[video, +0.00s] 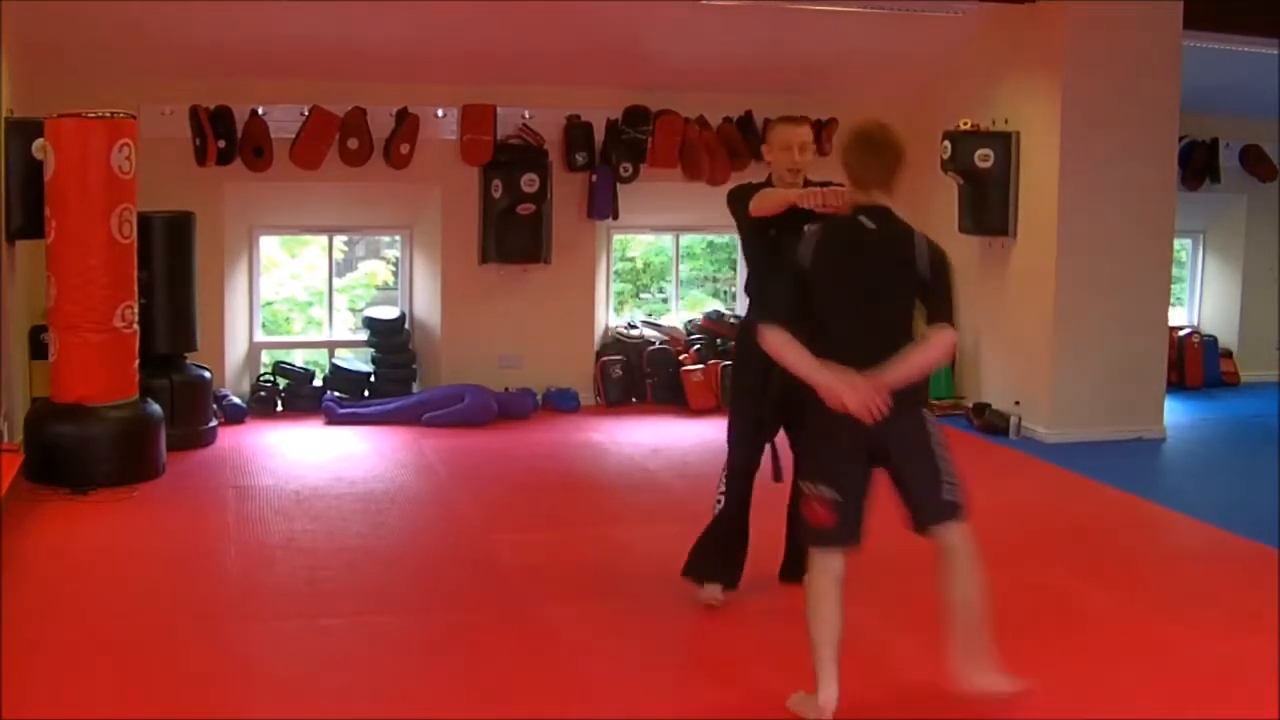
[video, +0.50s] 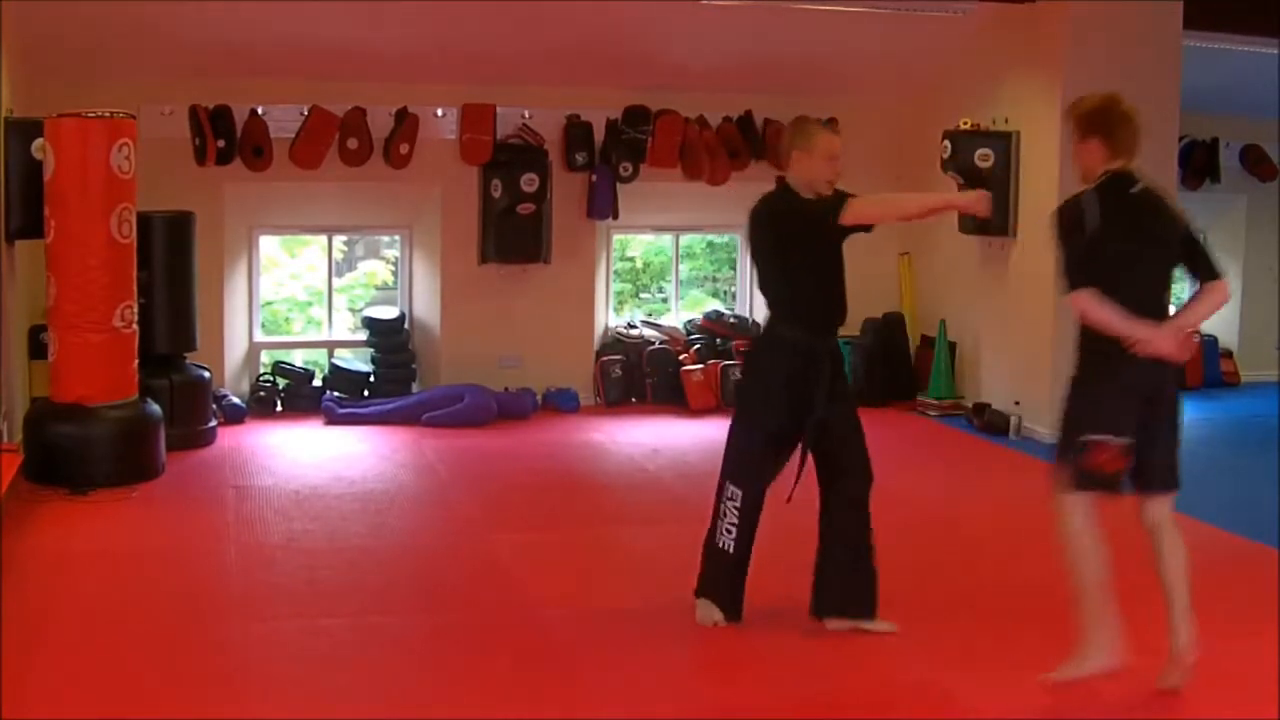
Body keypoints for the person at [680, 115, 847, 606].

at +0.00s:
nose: (794, 157)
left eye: (802, 149)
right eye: (784, 149)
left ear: (815, 152)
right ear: (765, 154)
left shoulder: (832, 197)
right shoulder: (747, 195)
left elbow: (876, 208)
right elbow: (751, 206)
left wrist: (849, 201)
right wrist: (802, 197)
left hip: (819, 342)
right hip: (762, 340)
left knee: (812, 457)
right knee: (742, 460)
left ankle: (801, 561)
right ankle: (716, 570)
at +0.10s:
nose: (793, 170)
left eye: (799, 162)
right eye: (784, 162)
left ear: (807, 163)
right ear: (760, 162)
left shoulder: (816, 210)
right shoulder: (735, 207)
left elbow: (847, 211)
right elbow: (762, 214)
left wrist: (801, 208)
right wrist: (809, 203)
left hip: (810, 354)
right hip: (756, 353)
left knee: (814, 464)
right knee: (738, 470)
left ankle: (802, 563)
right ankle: (712, 585)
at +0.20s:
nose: (793, 173)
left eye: (799, 164)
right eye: (783, 163)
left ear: (803, 166)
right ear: (757, 164)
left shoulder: (811, 206)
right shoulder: (731, 209)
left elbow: (864, 215)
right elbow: (773, 219)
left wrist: (819, 216)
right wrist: (830, 210)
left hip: (804, 358)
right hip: (752, 359)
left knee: (821, 467)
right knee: (735, 478)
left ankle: (800, 559)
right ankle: (718, 593)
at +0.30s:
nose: (802, 163)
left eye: (806, 154)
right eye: (792, 153)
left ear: (808, 158)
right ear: (762, 154)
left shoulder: (809, 199)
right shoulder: (737, 202)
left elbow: (846, 208)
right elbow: (791, 211)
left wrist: (874, 210)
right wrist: (866, 205)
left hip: (808, 351)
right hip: (757, 351)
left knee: (825, 461)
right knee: (738, 471)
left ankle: (804, 559)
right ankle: (718, 591)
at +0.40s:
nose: (819, 162)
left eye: (821, 153)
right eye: (810, 152)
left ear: (817, 156)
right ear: (776, 152)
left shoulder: (815, 204)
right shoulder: (754, 202)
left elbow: (871, 208)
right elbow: (830, 202)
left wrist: (926, 198)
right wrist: (917, 196)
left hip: (814, 352)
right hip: (765, 351)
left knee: (839, 464)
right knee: (740, 473)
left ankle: (821, 577)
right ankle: (717, 592)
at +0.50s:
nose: (836, 171)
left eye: (838, 160)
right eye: (828, 160)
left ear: (813, 163)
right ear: (795, 160)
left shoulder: (824, 207)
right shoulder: (775, 210)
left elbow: (893, 209)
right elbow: (875, 211)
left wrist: (953, 201)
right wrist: (956, 200)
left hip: (822, 361)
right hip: (780, 359)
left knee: (849, 478)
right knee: (744, 478)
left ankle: (842, 604)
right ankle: (715, 594)